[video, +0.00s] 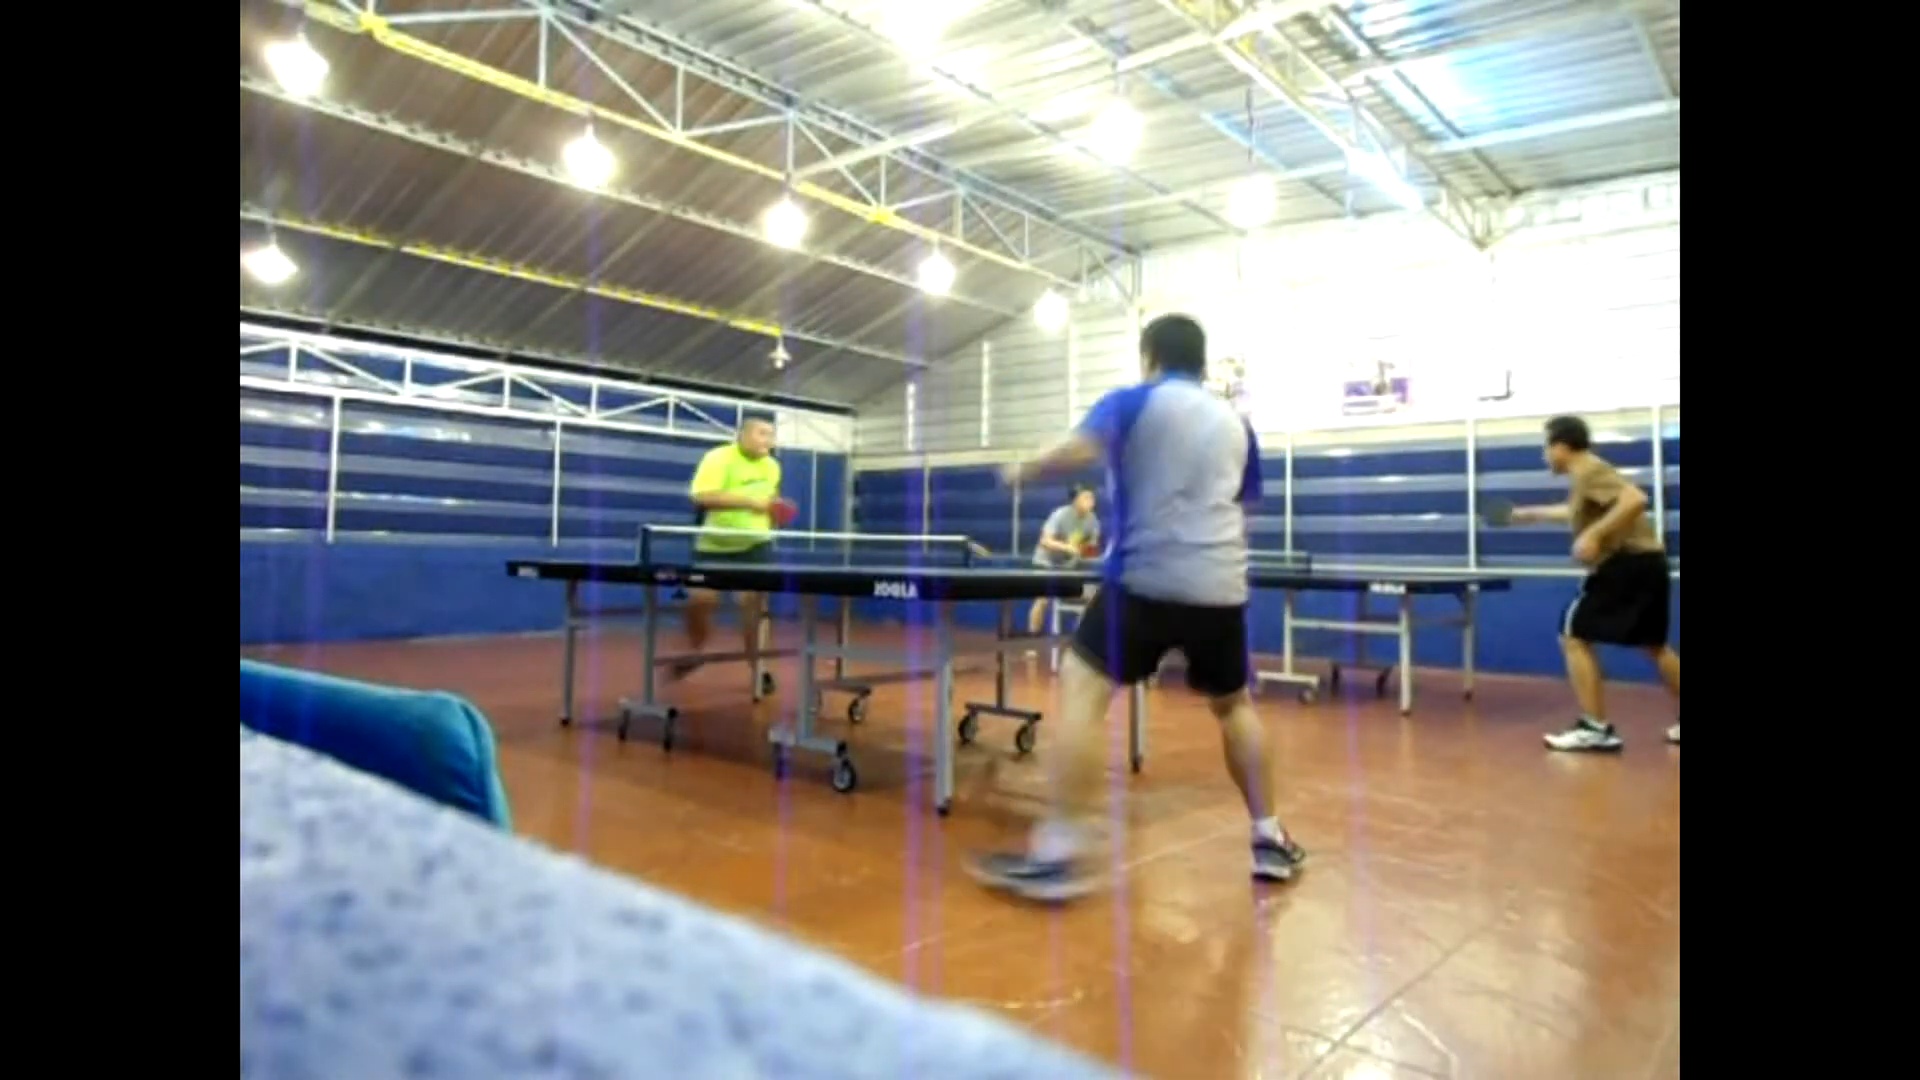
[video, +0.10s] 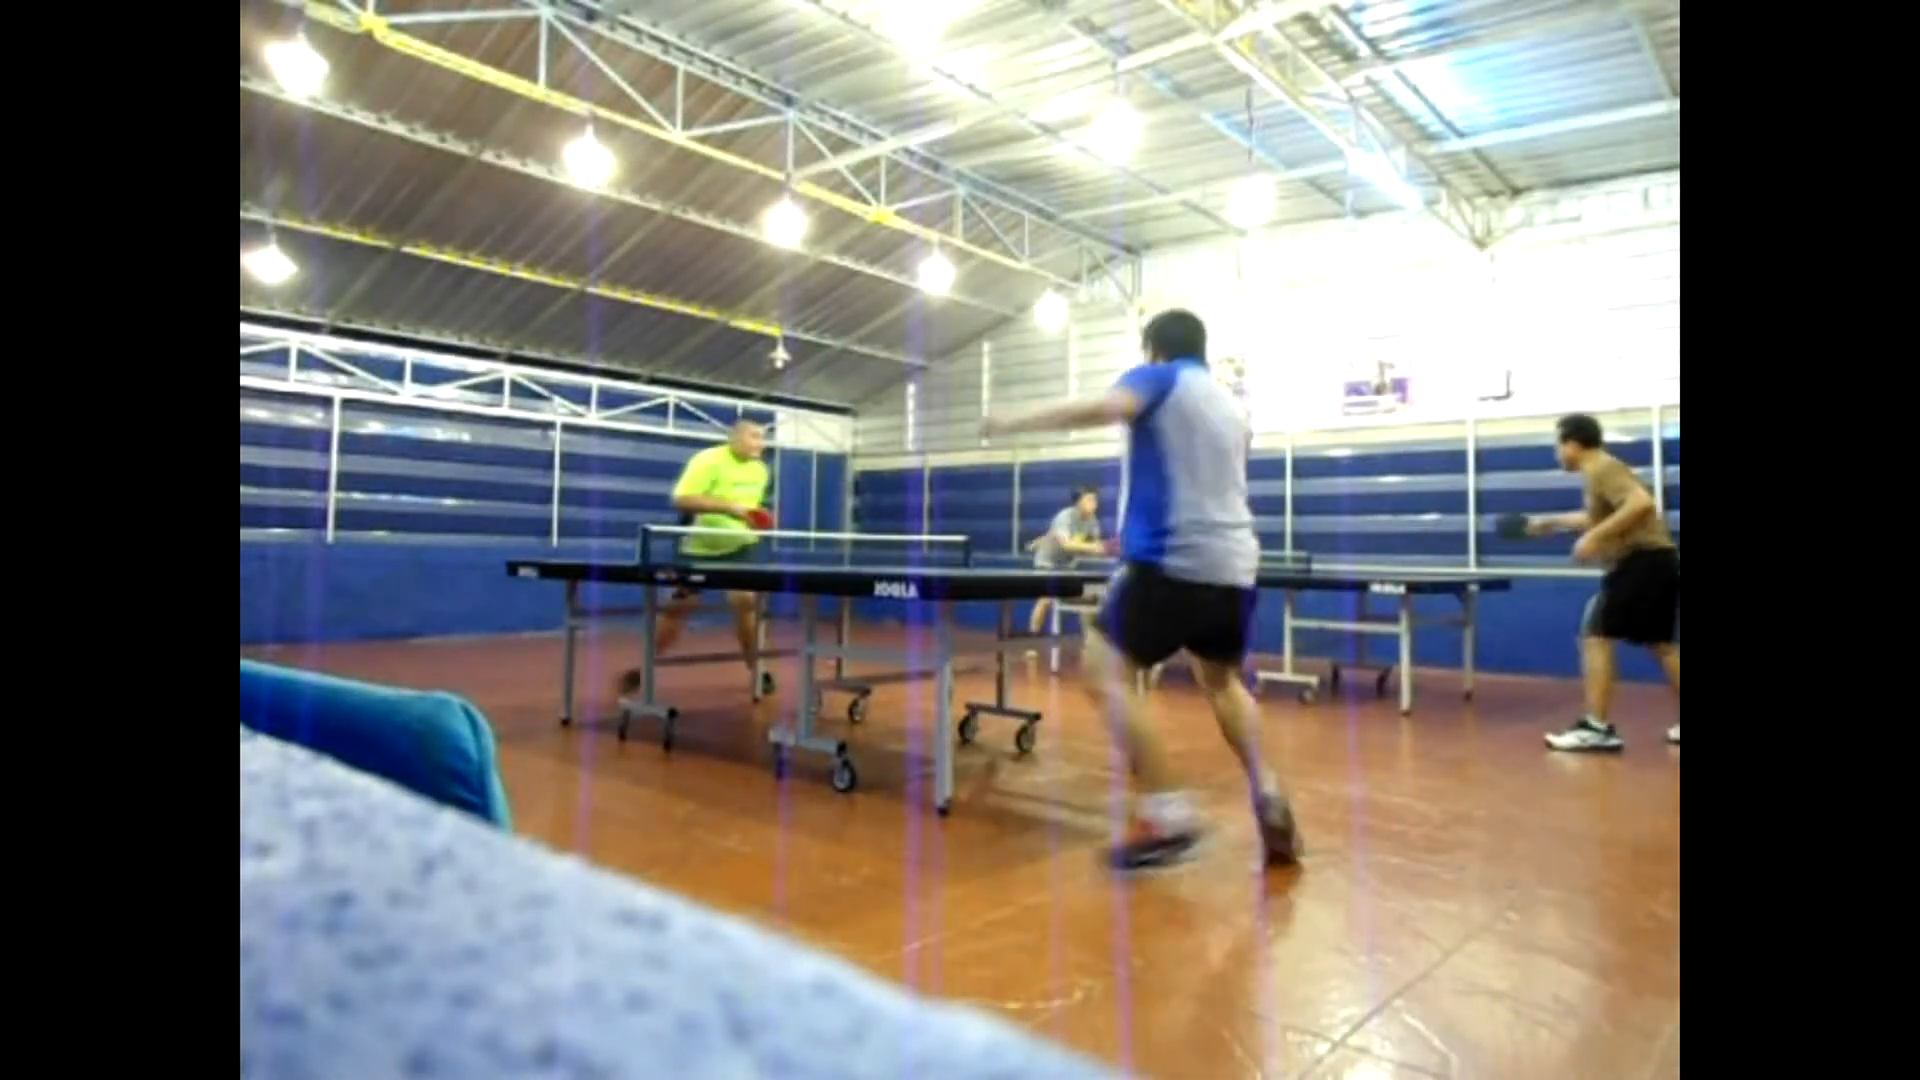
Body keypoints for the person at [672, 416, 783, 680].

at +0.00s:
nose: (767, 440)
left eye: (770, 435)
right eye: (761, 433)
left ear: (773, 440)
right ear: (743, 434)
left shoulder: (772, 467)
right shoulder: (718, 458)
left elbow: (767, 499)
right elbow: (701, 494)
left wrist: (777, 510)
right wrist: (751, 503)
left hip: (754, 543)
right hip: (714, 544)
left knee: (755, 604)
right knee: (700, 599)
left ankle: (760, 668)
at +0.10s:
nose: (759, 443)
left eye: (761, 438)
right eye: (754, 436)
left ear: (762, 443)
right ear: (735, 437)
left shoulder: (761, 471)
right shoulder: (708, 460)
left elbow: (750, 504)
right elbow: (682, 497)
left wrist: (759, 518)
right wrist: (732, 509)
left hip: (741, 548)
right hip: (701, 549)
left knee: (747, 606)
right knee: (675, 614)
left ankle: (757, 672)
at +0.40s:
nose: (698, 437)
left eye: (702, 431)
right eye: (692, 430)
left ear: (706, 435)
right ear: (677, 431)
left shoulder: (709, 466)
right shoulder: (653, 458)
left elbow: (712, 499)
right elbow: (638, 498)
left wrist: (718, 525)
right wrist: (671, 492)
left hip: (700, 547)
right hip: (659, 548)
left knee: (722, 605)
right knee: (639, 608)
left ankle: (746, 668)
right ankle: (622, 672)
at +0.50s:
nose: (689, 433)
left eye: (693, 427)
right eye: (683, 426)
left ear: (698, 430)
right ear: (669, 427)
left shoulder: (709, 460)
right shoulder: (645, 455)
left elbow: (719, 492)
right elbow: (627, 493)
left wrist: (710, 512)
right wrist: (654, 497)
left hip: (697, 539)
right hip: (655, 539)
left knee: (716, 598)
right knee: (633, 598)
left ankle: (719, 663)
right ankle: (618, 664)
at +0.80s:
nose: (681, 471)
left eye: (685, 464)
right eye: (675, 463)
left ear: (689, 463)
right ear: (659, 458)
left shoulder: (687, 487)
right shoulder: (629, 473)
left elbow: (682, 523)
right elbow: (609, 514)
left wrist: (695, 523)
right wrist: (652, 512)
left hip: (672, 555)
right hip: (630, 555)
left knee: (696, 599)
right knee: (619, 601)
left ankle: (716, 665)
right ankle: (600, 676)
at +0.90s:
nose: (673, 464)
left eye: (677, 459)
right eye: (668, 457)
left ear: (680, 459)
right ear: (652, 452)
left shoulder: (675, 477)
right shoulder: (625, 469)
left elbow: (676, 503)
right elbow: (635, 509)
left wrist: (692, 513)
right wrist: (679, 514)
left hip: (661, 551)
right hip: (622, 552)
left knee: (682, 602)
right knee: (617, 602)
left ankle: (714, 662)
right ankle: (600, 676)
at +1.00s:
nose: (667, 450)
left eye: (670, 444)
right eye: (661, 443)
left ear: (673, 447)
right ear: (645, 442)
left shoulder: (671, 467)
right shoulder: (621, 462)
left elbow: (664, 498)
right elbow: (638, 495)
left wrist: (687, 501)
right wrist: (680, 497)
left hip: (658, 544)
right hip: (620, 545)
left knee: (679, 600)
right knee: (618, 602)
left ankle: (695, 661)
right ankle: (600, 675)